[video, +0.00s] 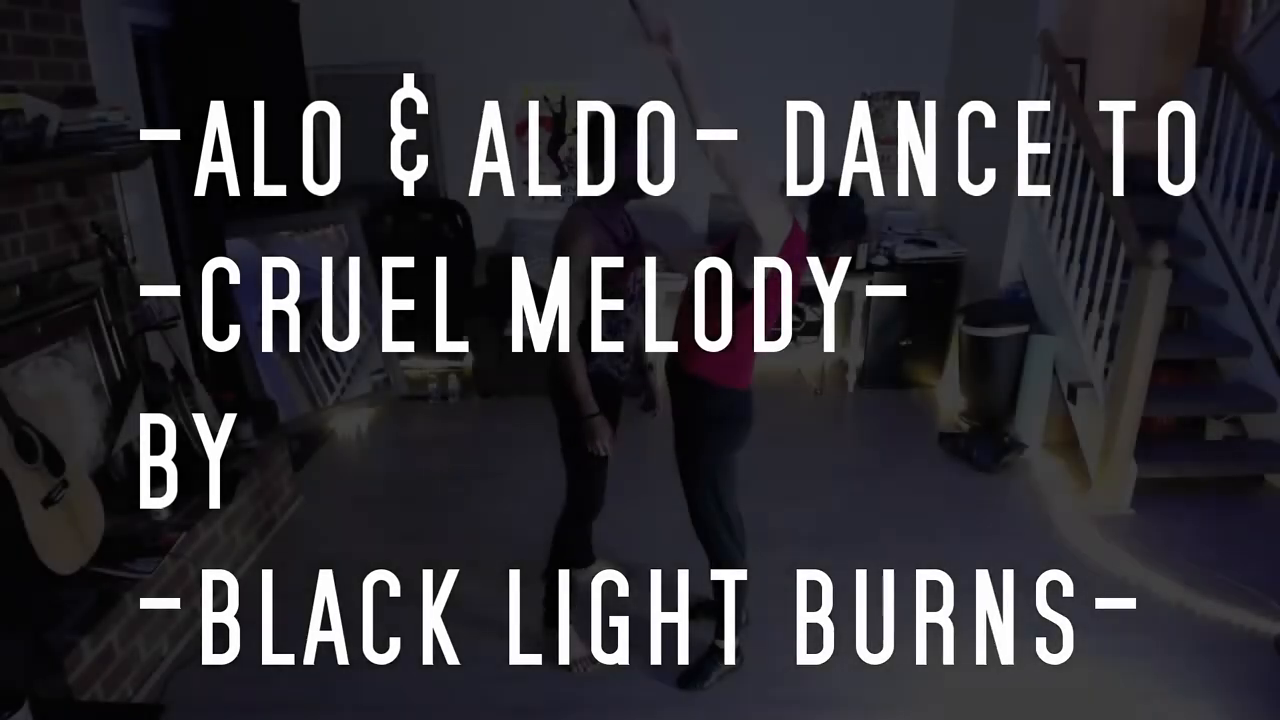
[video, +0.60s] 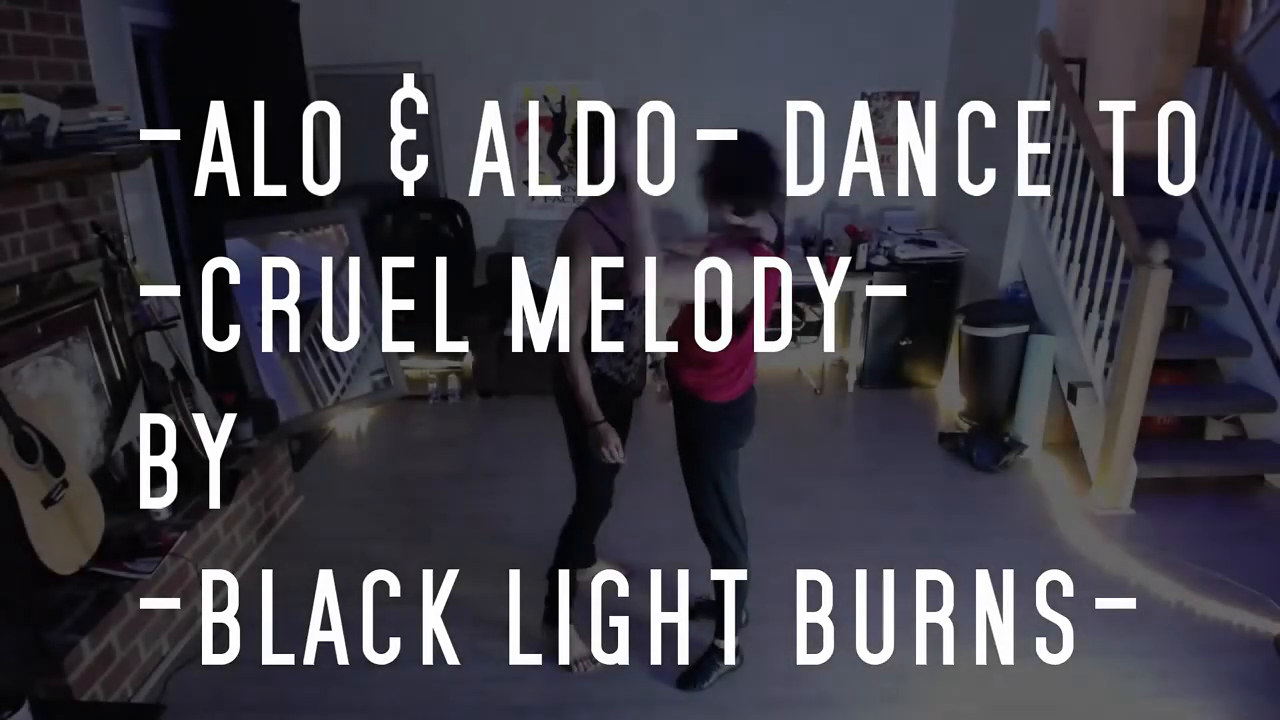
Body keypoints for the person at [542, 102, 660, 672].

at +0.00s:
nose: (648, 167)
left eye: (647, 153)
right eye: (639, 154)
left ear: (606, 157)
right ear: (616, 159)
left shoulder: (617, 222)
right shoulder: (582, 226)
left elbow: (625, 313)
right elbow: (565, 331)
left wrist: (642, 374)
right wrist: (590, 414)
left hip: (605, 381)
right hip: (581, 385)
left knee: (588, 497)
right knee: (584, 499)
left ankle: (568, 612)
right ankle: (560, 619)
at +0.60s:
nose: (642, 165)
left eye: (640, 153)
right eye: (633, 155)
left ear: (612, 159)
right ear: (612, 161)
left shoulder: (636, 214)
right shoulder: (582, 229)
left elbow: (641, 294)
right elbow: (568, 339)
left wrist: (649, 360)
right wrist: (595, 422)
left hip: (622, 374)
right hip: (586, 377)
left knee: (598, 494)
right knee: (593, 499)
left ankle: (573, 597)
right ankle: (564, 617)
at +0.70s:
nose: (631, 168)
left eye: (626, 157)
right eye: (619, 159)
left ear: (597, 165)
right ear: (596, 166)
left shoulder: (620, 219)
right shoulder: (581, 233)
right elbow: (571, 347)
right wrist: (601, 431)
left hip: (612, 378)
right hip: (586, 381)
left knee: (589, 498)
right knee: (588, 501)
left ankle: (570, 617)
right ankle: (561, 629)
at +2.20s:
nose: (599, 161)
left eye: (597, 149)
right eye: (584, 150)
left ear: (571, 163)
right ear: (548, 162)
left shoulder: (567, 229)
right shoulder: (535, 242)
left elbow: (584, 305)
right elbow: (514, 352)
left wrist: (636, 306)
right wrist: (525, 446)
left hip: (580, 393)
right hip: (551, 402)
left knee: (612, 469)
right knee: (556, 527)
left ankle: (565, 557)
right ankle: (553, 636)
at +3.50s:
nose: (629, 156)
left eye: (626, 144)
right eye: (620, 147)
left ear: (582, 158)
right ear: (590, 158)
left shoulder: (578, 212)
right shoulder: (579, 228)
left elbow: (614, 252)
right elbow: (574, 328)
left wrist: (645, 250)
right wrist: (603, 406)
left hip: (579, 364)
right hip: (575, 373)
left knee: (588, 473)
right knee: (574, 495)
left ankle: (572, 560)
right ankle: (558, 617)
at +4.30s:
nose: (630, 162)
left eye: (624, 151)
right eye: (620, 154)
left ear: (587, 173)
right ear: (592, 174)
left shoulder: (586, 220)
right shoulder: (571, 249)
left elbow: (608, 280)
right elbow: (559, 348)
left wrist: (659, 237)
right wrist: (609, 381)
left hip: (582, 374)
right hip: (567, 384)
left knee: (578, 483)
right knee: (573, 508)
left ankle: (571, 563)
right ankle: (551, 629)